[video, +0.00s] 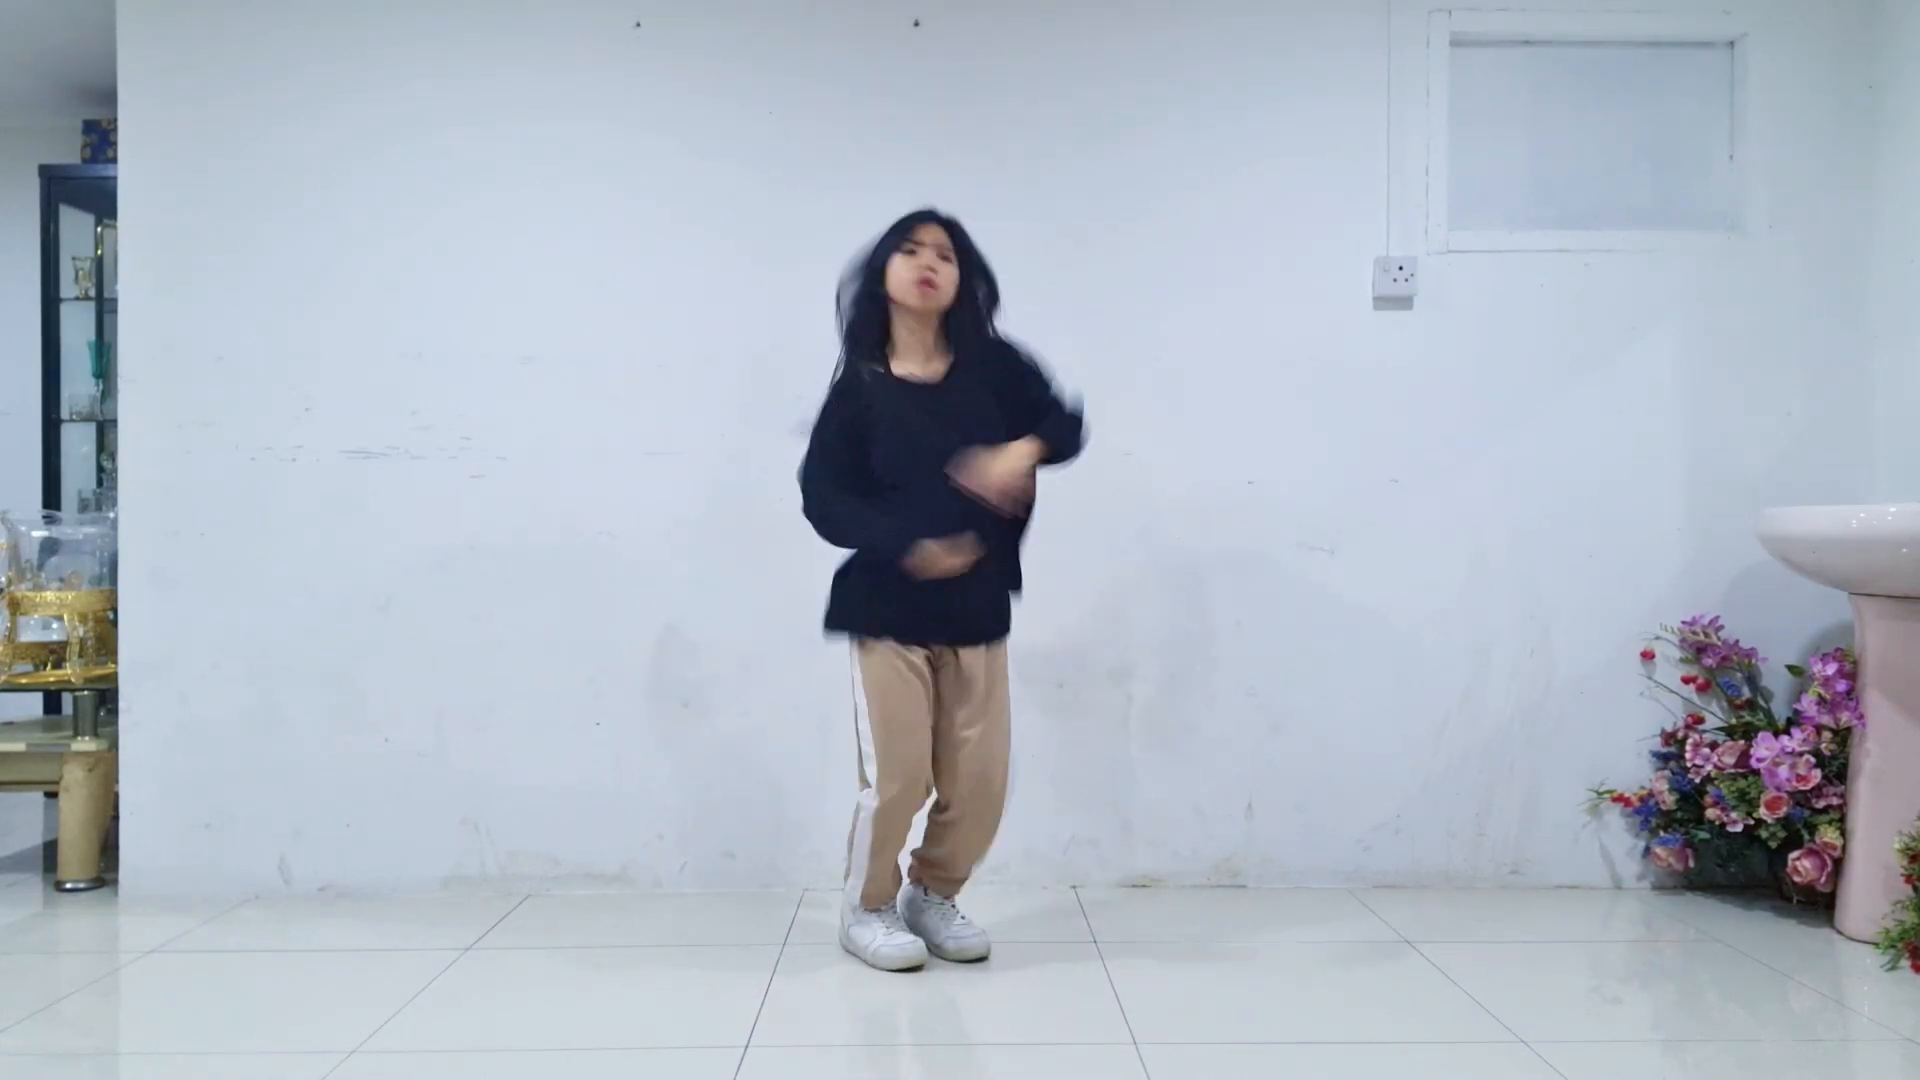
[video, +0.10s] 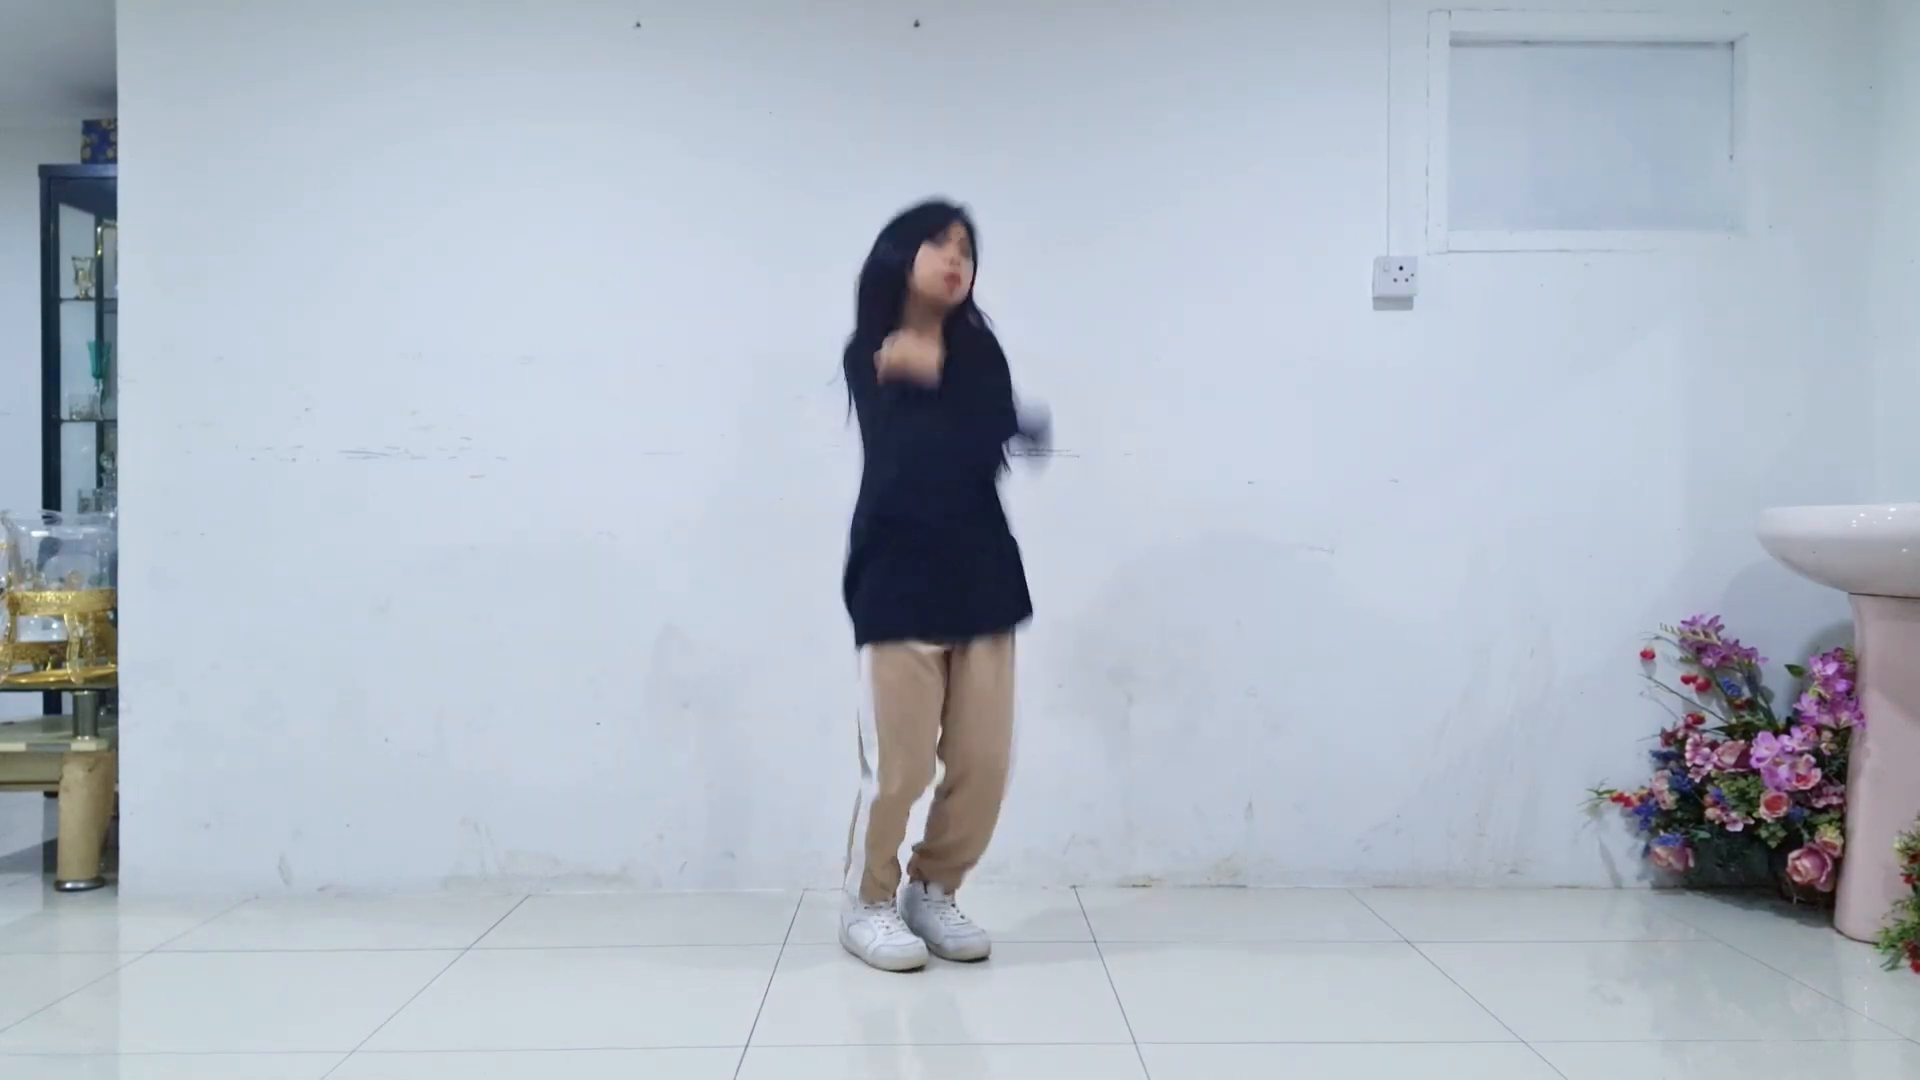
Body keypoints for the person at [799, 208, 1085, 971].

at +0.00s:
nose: (927, 264)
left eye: (943, 256)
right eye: (911, 251)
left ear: (962, 281)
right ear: (881, 272)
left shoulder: (997, 366)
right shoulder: (860, 387)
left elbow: (1066, 427)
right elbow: (823, 497)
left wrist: (1022, 453)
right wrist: (906, 545)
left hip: (976, 614)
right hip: (888, 612)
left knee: (978, 781)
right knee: (904, 774)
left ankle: (932, 897)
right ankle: (870, 912)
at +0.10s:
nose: (954, 261)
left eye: (964, 253)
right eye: (937, 245)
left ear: (971, 273)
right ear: (898, 256)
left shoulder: (980, 346)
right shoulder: (871, 352)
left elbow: (1001, 428)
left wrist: (938, 378)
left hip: (983, 571)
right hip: (898, 574)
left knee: (983, 761)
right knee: (906, 763)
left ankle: (933, 892)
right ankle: (871, 906)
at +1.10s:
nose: (934, 229)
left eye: (951, 212)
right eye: (917, 215)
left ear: (981, 220)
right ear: (897, 228)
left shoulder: (1023, 291)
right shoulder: (902, 305)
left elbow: (1027, 382)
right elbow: (891, 415)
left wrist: (946, 333)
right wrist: (879, 381)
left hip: (997, 506)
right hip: (917, 505)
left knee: (992, 694)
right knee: (860, 677)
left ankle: (968, 860)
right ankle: (916, 758)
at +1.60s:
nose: (870, 496)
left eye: (886, 477)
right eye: (856, 482)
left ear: (923, 480)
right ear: (845, 495)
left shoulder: (953, 563)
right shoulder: (912, 560)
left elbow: (956, 683)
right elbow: (939, 659)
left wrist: (921, 775)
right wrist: (879, 669)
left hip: (1030, 770)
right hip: (988, 748)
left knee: (878, 832)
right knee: (875, 766)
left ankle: (1030, 907)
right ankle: (980, 897)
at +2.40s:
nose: (862, 291)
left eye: (884, 283)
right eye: (861, 275)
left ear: (916, 302)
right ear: (848, 281)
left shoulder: (894, 367)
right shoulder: (866, 363)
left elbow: (783, 314)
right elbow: (782, 310)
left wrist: (707, 234)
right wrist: (711, 232)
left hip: (1012, 582)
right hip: (975, 586)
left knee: (954, 739)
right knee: (938, 734)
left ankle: (1014, 921)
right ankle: (989, 901)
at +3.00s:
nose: (923, 253)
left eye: (944, 240)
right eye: (914, 237)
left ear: (976, 257)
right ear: (898, 247)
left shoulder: (979, 343)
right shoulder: (888, 346)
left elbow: (931, 408)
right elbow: (828, 421)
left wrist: (854, 359)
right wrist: (752, 392)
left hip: (986, 545)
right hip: (922, 549)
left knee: (960, 705)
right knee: (923, 712)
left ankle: (1002, 889)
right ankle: (963, 873)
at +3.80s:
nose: (901, 263)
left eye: (906, 242)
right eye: (882, 259)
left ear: (936, 240)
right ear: (871, 281)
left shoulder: (1002, 332)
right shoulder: (874, 358)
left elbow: (1096, 377)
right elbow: (866, 460)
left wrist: (1045, 457)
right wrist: (859, 378)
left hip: (1003, 548)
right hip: (918, 555)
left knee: (966, 710)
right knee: (911, 725)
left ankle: (1006, 853)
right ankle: (936, 871)